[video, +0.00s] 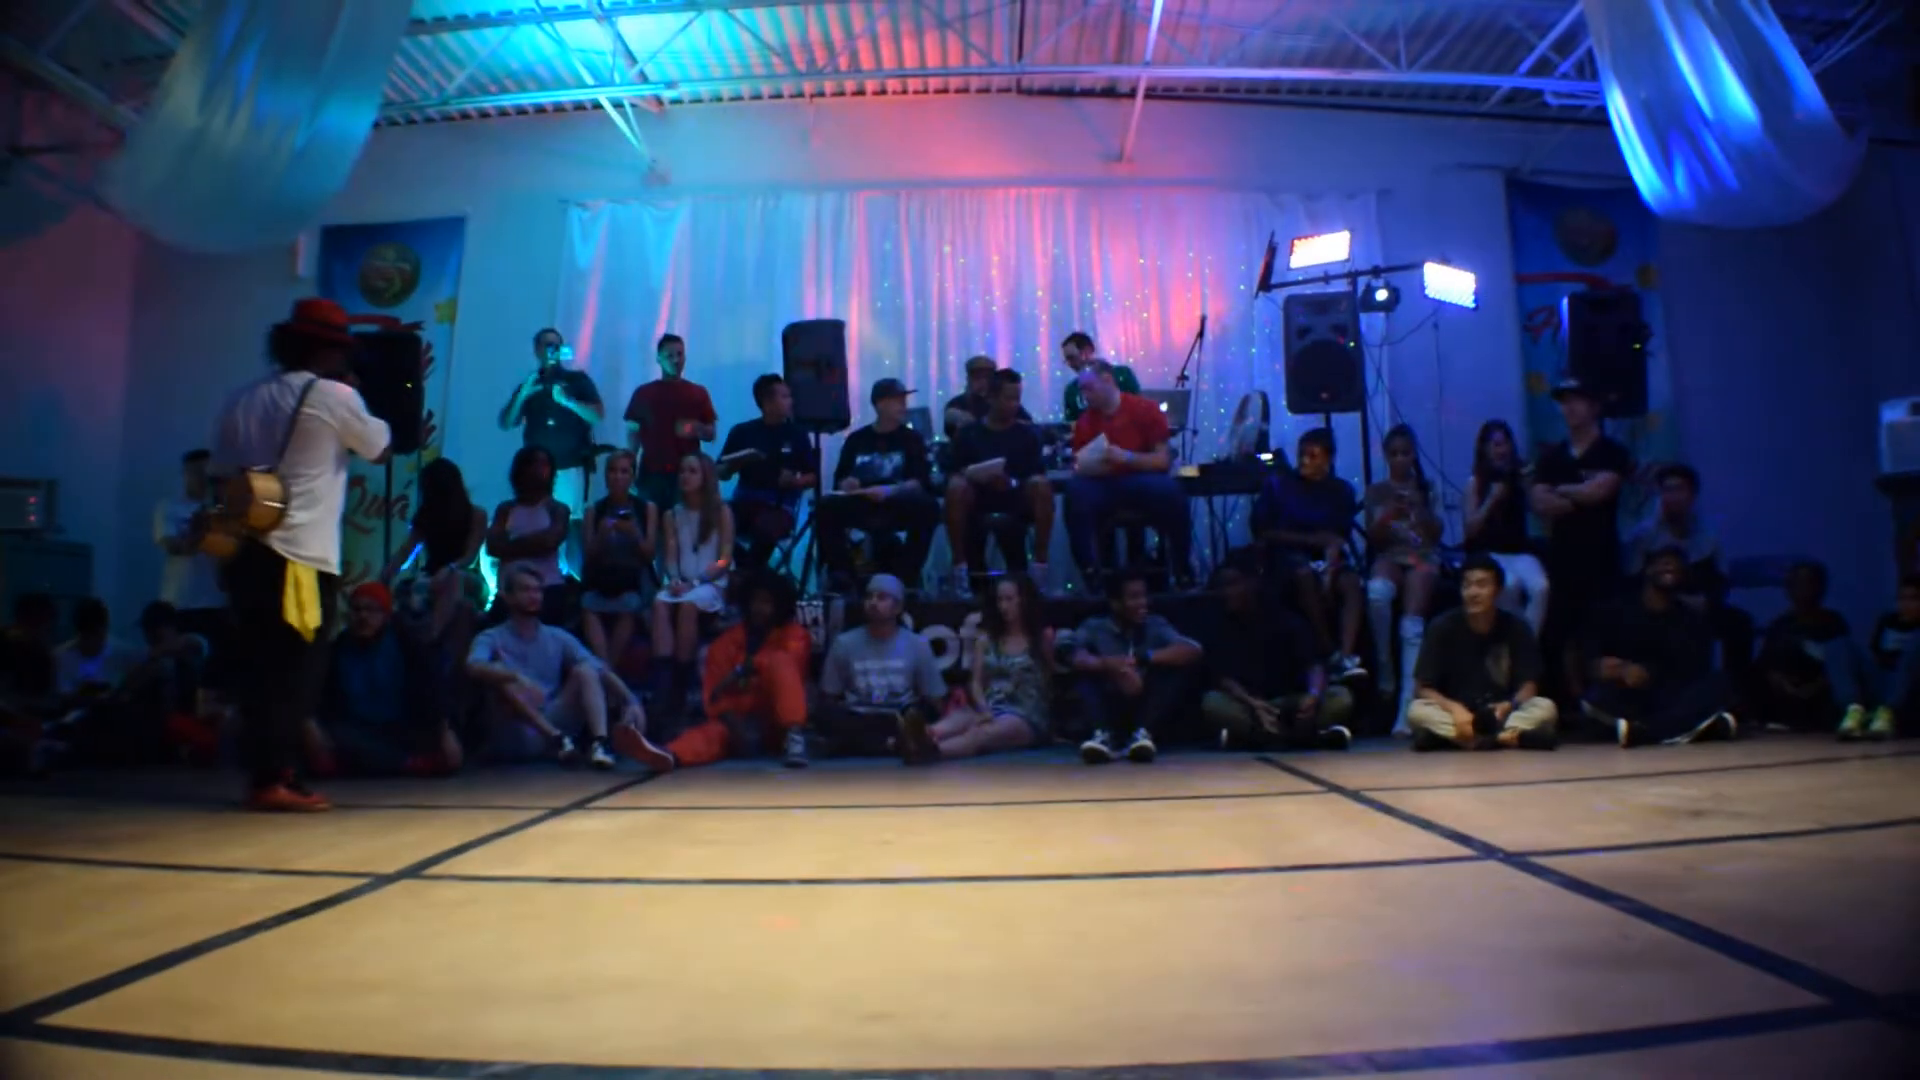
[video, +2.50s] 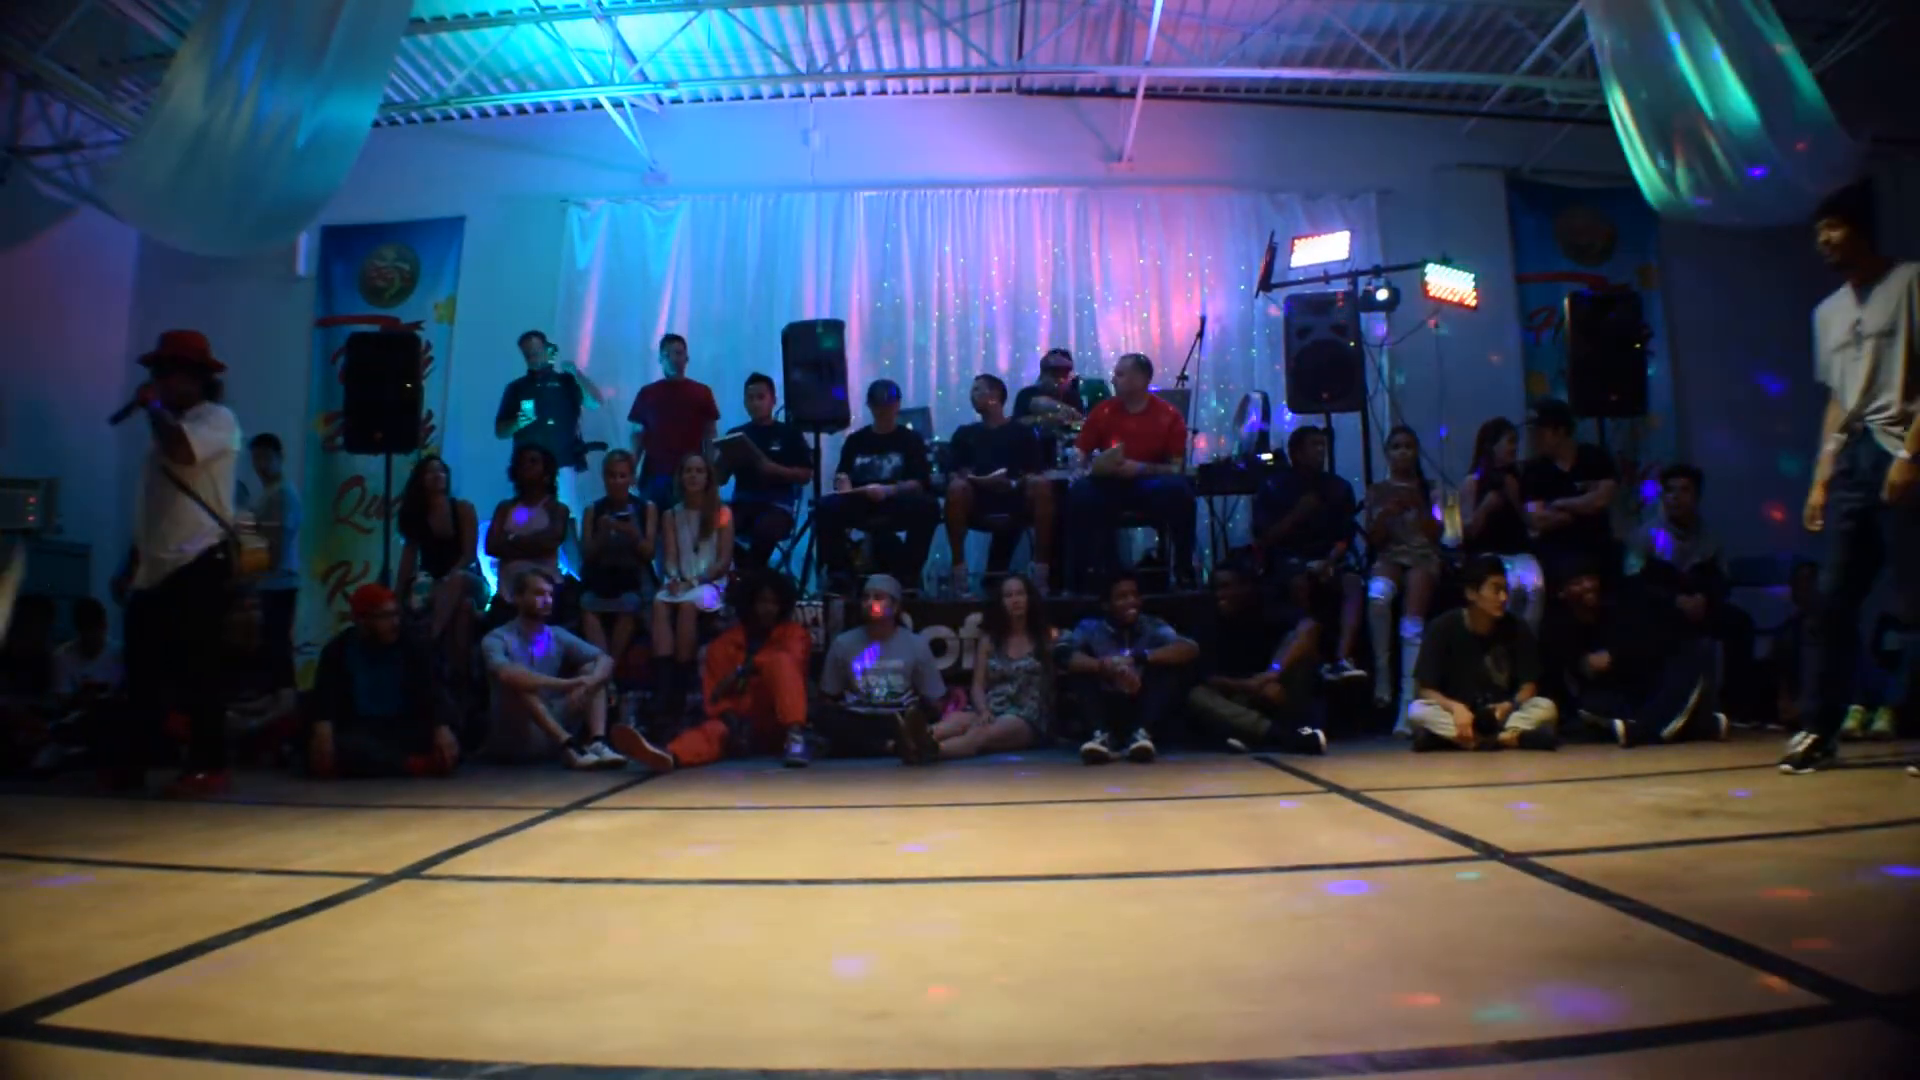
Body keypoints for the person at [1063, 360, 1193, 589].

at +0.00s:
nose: (1085, 396)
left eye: (1089, 388)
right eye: (1082, 390)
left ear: (1108, 380)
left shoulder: (1145, 409)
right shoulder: (1085, 421)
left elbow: (1162, 459)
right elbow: (1079, 463)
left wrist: (1125, 458)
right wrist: (1098, 464)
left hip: (1141, 480)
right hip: (1101, 481)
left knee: (1173, 496)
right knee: (1076, 496)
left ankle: (1181, 569)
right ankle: (1089, 571)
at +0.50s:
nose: (1082, 391)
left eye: (1086, 384)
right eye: (1081, 385)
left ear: (1106, 380)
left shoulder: (1148, 410)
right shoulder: (1087, 422)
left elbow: (1165, 460)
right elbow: (1083, 463)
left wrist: (1125, 456)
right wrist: (1098, 463)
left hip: (1144, 481)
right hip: (1103, 482)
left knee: (1175, 495)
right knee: (1076, 495)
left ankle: (1182, 567)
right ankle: (1090, 570)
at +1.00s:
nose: (1084, 390)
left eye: (1089, 383)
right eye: (1083, 384)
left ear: (1107, 380)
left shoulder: (1149, 411)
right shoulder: (1087, 422)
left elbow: (1165, 460)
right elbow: (1082, 464)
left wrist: (1126, 459)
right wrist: (1094, 464)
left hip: (1144, 482)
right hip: (1103, 483)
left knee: (1175, 495)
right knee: (1077, 496)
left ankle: (1182, 567)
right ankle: (1089, 570)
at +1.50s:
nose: (1092, 386)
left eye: (1097, 379)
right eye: (1092, 380)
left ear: (1119, 380)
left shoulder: (1153, 413)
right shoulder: (1092, 418)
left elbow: (1169, 463)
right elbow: (1083, 460)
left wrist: (1134, 468)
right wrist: (1102, 460)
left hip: (1143, 482)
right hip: (1106, 482)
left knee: (1174, 493)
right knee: (1079, 490)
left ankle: (1181, 569)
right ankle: (1091, 570)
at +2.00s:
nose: (1115, 381)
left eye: (1121, 375)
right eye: (1113, 375)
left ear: (1139, 379)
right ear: (1110, 380)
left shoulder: (1165, 417)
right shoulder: (1098, 417)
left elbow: (1174, 466)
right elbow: (1083, 464)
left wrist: (1136, 469)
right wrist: (1099, 467)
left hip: (1147, 485)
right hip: (1108, 485)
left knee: (1177, 492)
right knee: (1078, 495)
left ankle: (1182, 570)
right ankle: (1083, 575)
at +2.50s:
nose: (1114, 380)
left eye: (1121, 375)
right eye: (1114, 374)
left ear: (1143, 380)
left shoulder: (1168, 415)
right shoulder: (1103, 412)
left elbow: (1176, 467)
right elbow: (1079, 456)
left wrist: (1137, 468)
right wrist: (1098, 465)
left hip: (1149, 483)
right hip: (1110, 482)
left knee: (1179, 492)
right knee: (1081, 493)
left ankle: (1183, 572)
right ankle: (1084, 575)